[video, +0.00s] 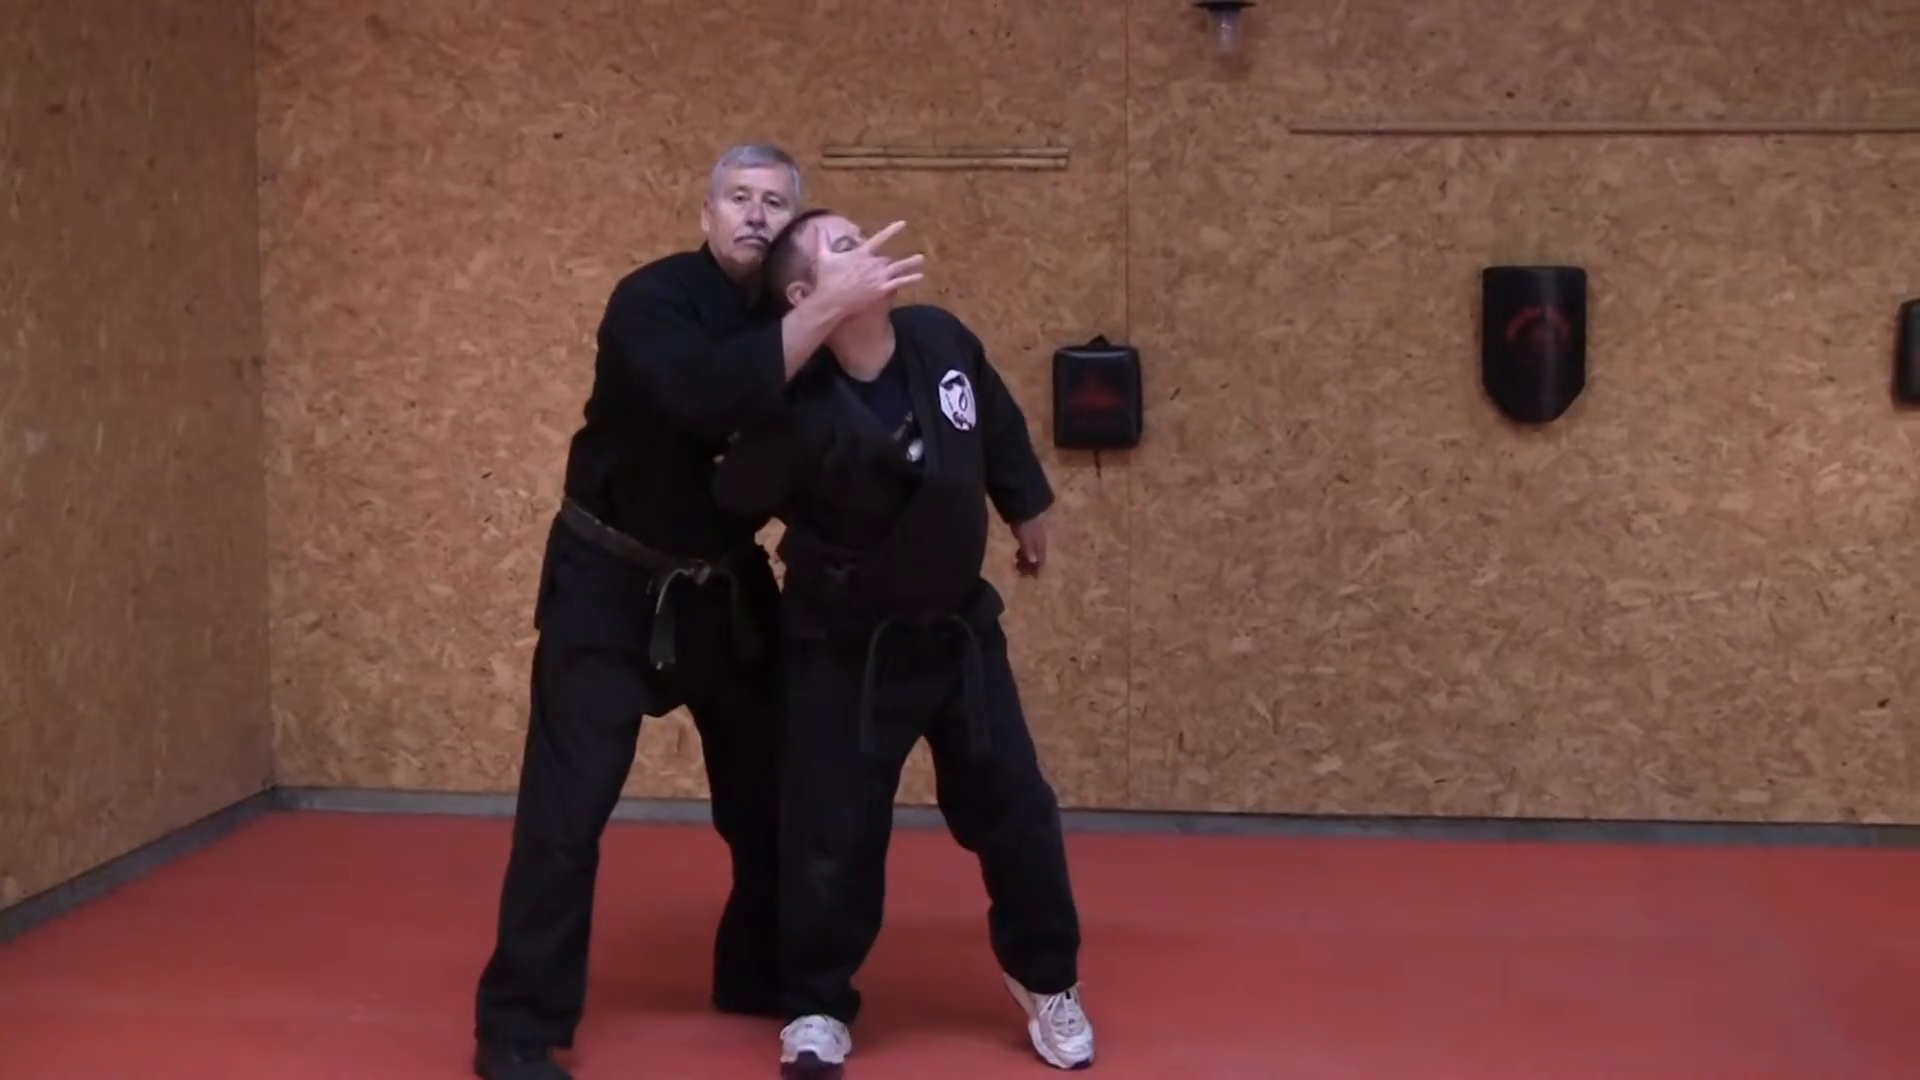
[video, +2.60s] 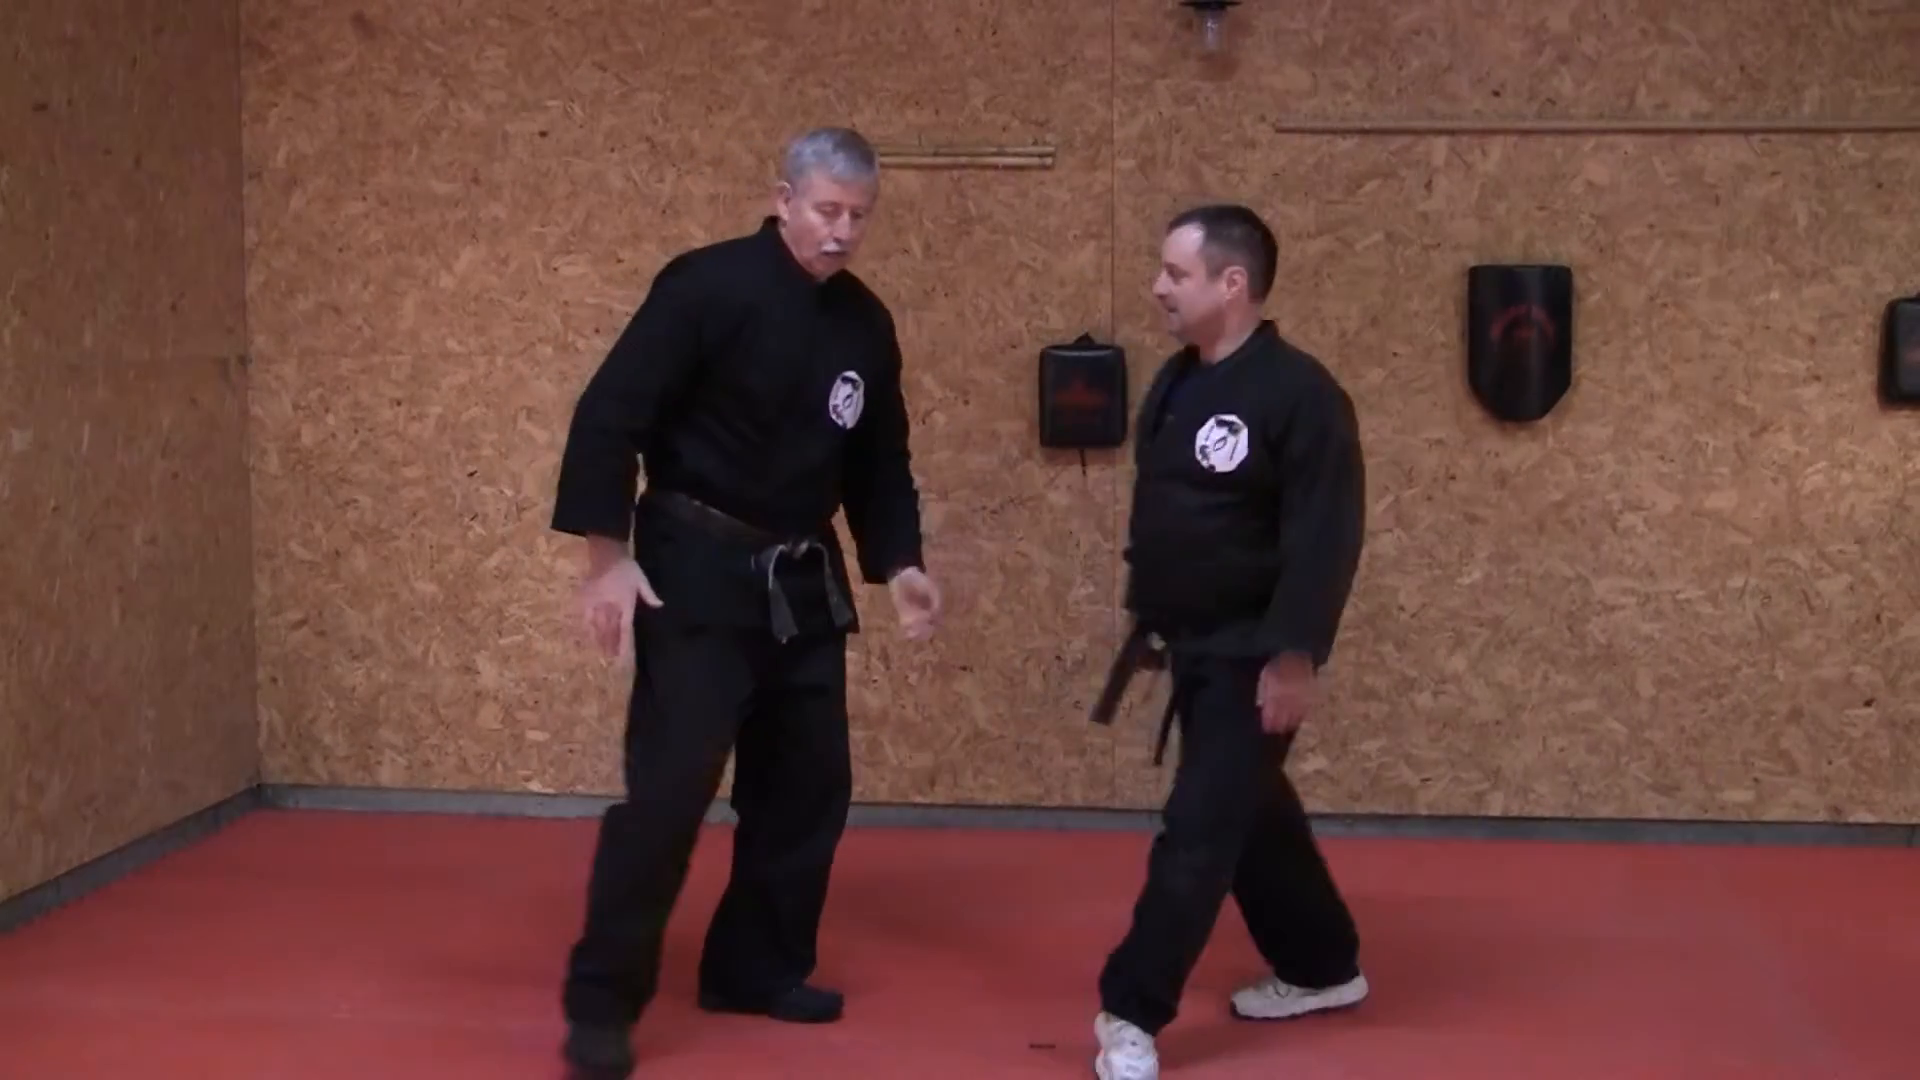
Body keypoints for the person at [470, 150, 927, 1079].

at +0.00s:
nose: (756, 214)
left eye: (776, 203)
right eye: (739, 197)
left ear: (796, 225)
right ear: (704, 210)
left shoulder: (794, 309)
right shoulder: (648, 301)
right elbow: (701, 395)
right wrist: (825, 310)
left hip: (724, 576)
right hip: (609, 574)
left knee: (770, 786)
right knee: (565, 812)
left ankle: (760, 975)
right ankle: (521, 1037)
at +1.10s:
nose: (742, 219)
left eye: (761, 207)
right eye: (725, 202)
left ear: (782, 229)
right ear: (692, 215)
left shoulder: (783, 329)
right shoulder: (630, 305)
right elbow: (678, 403)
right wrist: (828, 355)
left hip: (710, 579)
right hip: (591, 575)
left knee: (754, 791)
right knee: (555, 813)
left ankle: (748, 980)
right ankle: (511, 1037)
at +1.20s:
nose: (742, 219)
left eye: (762, 208)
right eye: (726, 202)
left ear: (783, 229)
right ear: (693, 214)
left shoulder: (786, 342)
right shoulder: (629, 304)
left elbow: (823, 467)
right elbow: (661, 410)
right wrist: (813, 384)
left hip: (707, 578)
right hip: (589, 572)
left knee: (752, 791)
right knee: (554, 809)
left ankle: (748, 980)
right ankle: (512, 1034)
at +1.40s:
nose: (744, 220)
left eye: (763, 207)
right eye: (728, 202)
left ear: (783, 226)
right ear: (693, 209)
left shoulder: (786, 345)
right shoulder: (626, 305)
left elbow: (822, 452)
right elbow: (617, 443)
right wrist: (752, 466)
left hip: (706, 577)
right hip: (588, 576)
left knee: (752, 789)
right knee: (552, 814)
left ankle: (746, 978)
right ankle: (510, 1038)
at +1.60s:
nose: (742, 219)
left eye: (762, 206)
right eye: (727, 201)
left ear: (785, 224)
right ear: (695, 209)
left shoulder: (791, 349)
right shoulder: (624, 307)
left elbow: (828, 478)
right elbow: (557, 451)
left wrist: (791, 441)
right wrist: (654, 550)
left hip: (712, 578)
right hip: (589, 576)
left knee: (756, 789)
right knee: (551, 815)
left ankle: (747, 971)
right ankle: (508, 1032)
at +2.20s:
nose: (784, 217)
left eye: (803, 205)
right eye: (768, 199)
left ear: (822, 226)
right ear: (733, 209)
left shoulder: (822, 353)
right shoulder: (656, 296)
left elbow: (840, 499)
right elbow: (548, 420)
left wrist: (929, 495)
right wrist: (556, 554)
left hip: (738, 590)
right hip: (616, 578)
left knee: (786, 783)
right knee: (566, 812)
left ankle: (753, 971)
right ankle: (510, 1029)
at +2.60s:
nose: (842, 231)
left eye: (857, 215)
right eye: (827, 210)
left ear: (870, 220)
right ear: (783, 201)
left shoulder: (863, 322)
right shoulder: (704, 287)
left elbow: (878, 452)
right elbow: (611, 409)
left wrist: (900, 560)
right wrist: (604, 552)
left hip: (801, 579)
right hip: (696, 571)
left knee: (805, 790)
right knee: (666, 796)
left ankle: (753, 971)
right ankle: (603, 1005)